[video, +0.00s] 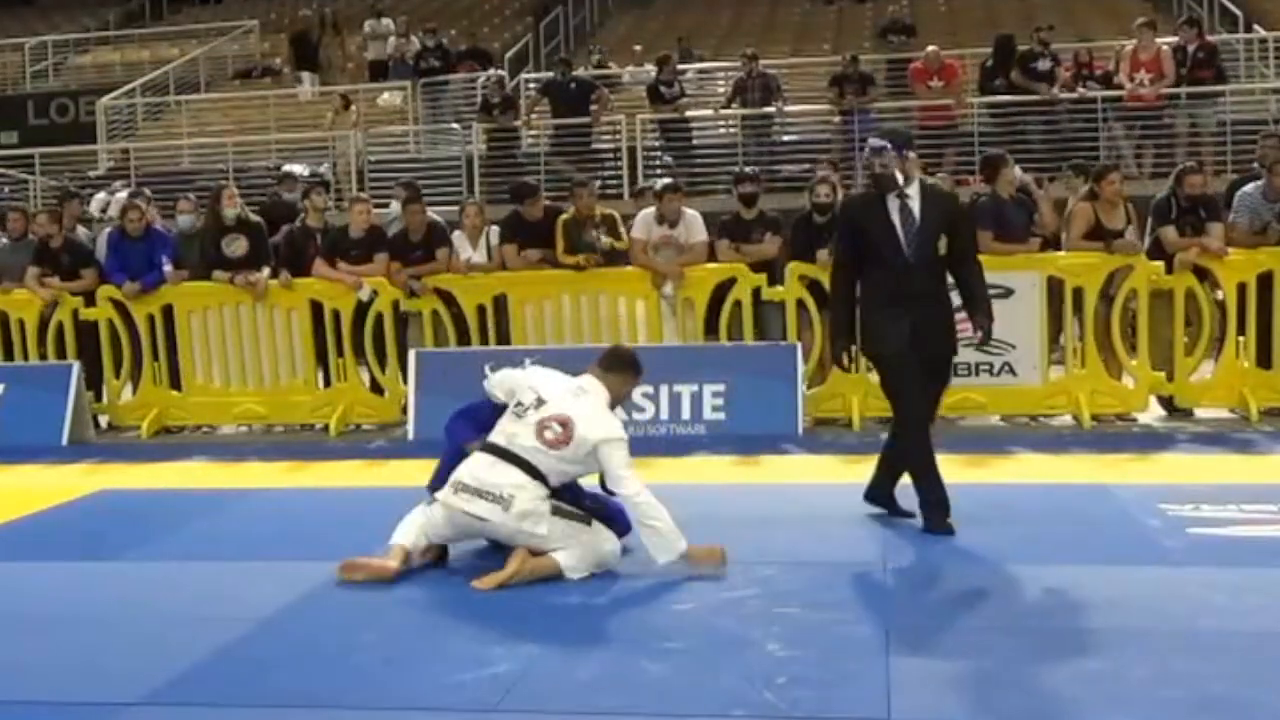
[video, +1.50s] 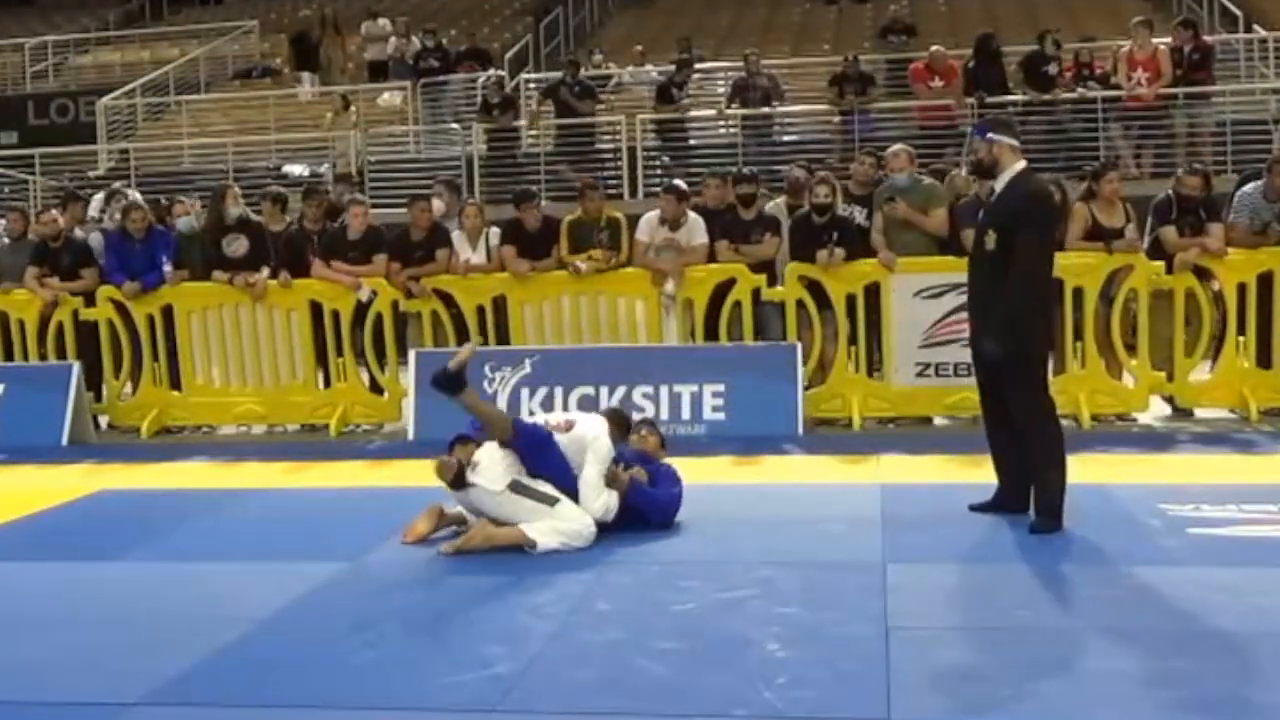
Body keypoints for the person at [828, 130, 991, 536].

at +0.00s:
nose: (874, 166)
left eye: (882, 158)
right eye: (870, 160)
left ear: (908, 160)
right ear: (867, 166)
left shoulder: (944, 203)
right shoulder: (856, 211)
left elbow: (964, 260)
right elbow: (842, 278)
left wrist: (980, 311)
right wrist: (841, 336)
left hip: (934, 321)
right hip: (884, 323)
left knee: (919, 412)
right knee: (911, 413)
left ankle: (881, 486)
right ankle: (935, 511)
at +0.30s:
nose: (916, 160)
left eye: (923, 152)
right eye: (913, 152)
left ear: (949, 153)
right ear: (910, 156)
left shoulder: (989, 197)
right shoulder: (899, 201)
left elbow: (1008, 261)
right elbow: (885, 265)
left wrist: (1024, 319)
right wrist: (879, 326)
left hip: (982, 324)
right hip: (925, 328)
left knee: (1010, 415)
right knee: (927, 424)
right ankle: (932, 512)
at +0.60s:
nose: (968, 156)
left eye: (976, 148)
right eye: (965, 148)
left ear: (1001, 148)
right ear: (968, 151)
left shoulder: (1044, 198)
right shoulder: (957, 198)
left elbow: (1067, 266)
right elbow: (941, 258)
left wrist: (1079, 329)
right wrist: (926, 309)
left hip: (1027, 327)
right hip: (968, 328)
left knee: (1042, 420)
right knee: (954, 421)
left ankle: (1054, 511)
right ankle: (944, 512)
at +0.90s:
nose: (990, 156)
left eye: (996, 148)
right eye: (989, 149)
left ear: (1022, 146)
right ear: (1007, 147)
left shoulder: (1064, 196)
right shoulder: (991, 194)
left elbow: (1085, 271)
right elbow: (978, 263)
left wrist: (1087, 333)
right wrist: (960, 314)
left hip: (1040, 332)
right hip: (987, 331)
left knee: (1050, 427)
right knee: (981, 425)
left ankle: (1053, 513)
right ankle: (979, 505)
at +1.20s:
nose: (991, 155)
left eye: (995, 147)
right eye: (990, 147)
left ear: (1018, 145)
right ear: (1012, 148)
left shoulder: (1058, 197)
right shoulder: (1007, 195)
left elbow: (1059, 274)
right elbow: (997, 270)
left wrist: (1045, 332)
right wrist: (979, 314)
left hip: (1038, 326)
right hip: (997, 323)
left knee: (1048, 422)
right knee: (994, 411)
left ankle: (1053, 510)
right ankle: (1002, 489)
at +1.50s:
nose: (976, 158)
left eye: (979, 150)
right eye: (975, 151)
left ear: (999, 147)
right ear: (998, 149)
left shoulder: (1033, 195)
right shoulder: (1001, 195)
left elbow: (1029, 276)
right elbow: (992, 270)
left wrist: (1010, 330)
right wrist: (981, 325)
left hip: (1019, 327)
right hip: (991, 325)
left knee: (1032, 412)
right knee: (1000, 411)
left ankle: (1049, 507)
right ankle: (1011, 492)